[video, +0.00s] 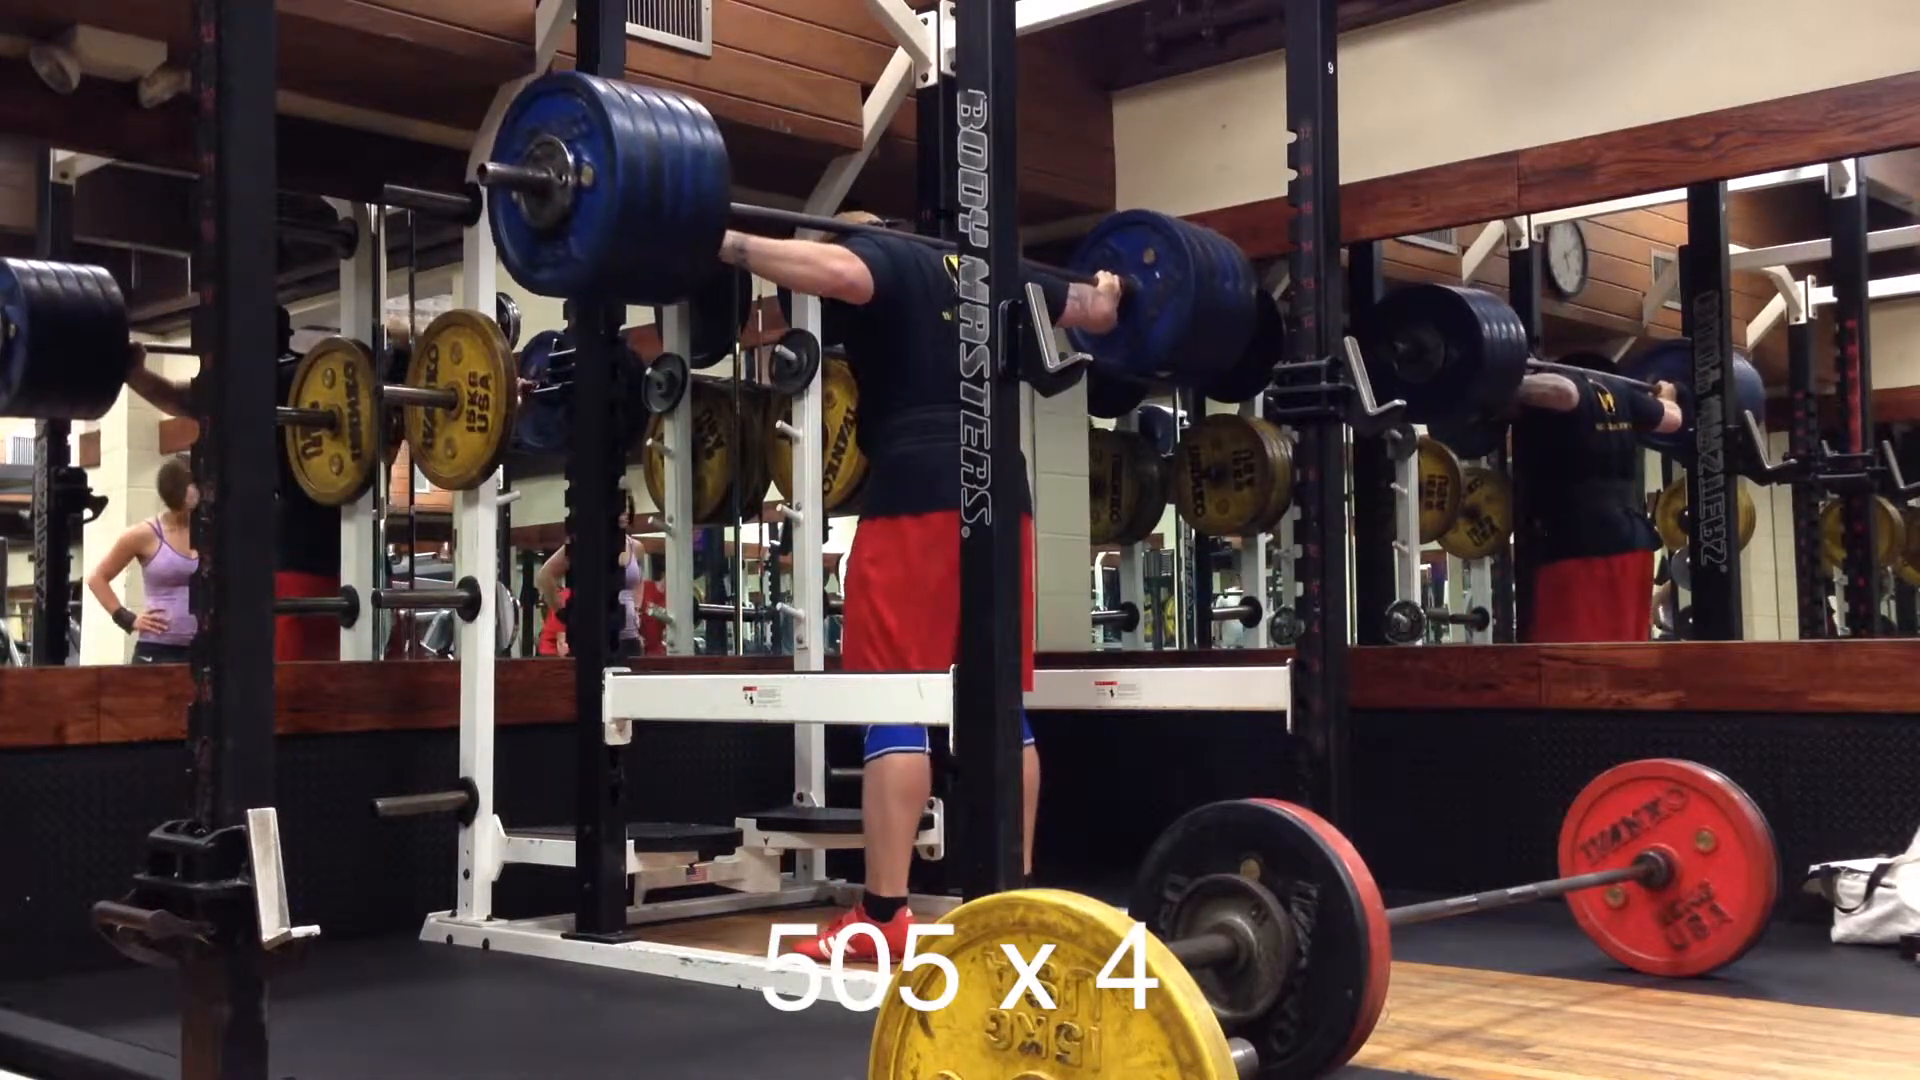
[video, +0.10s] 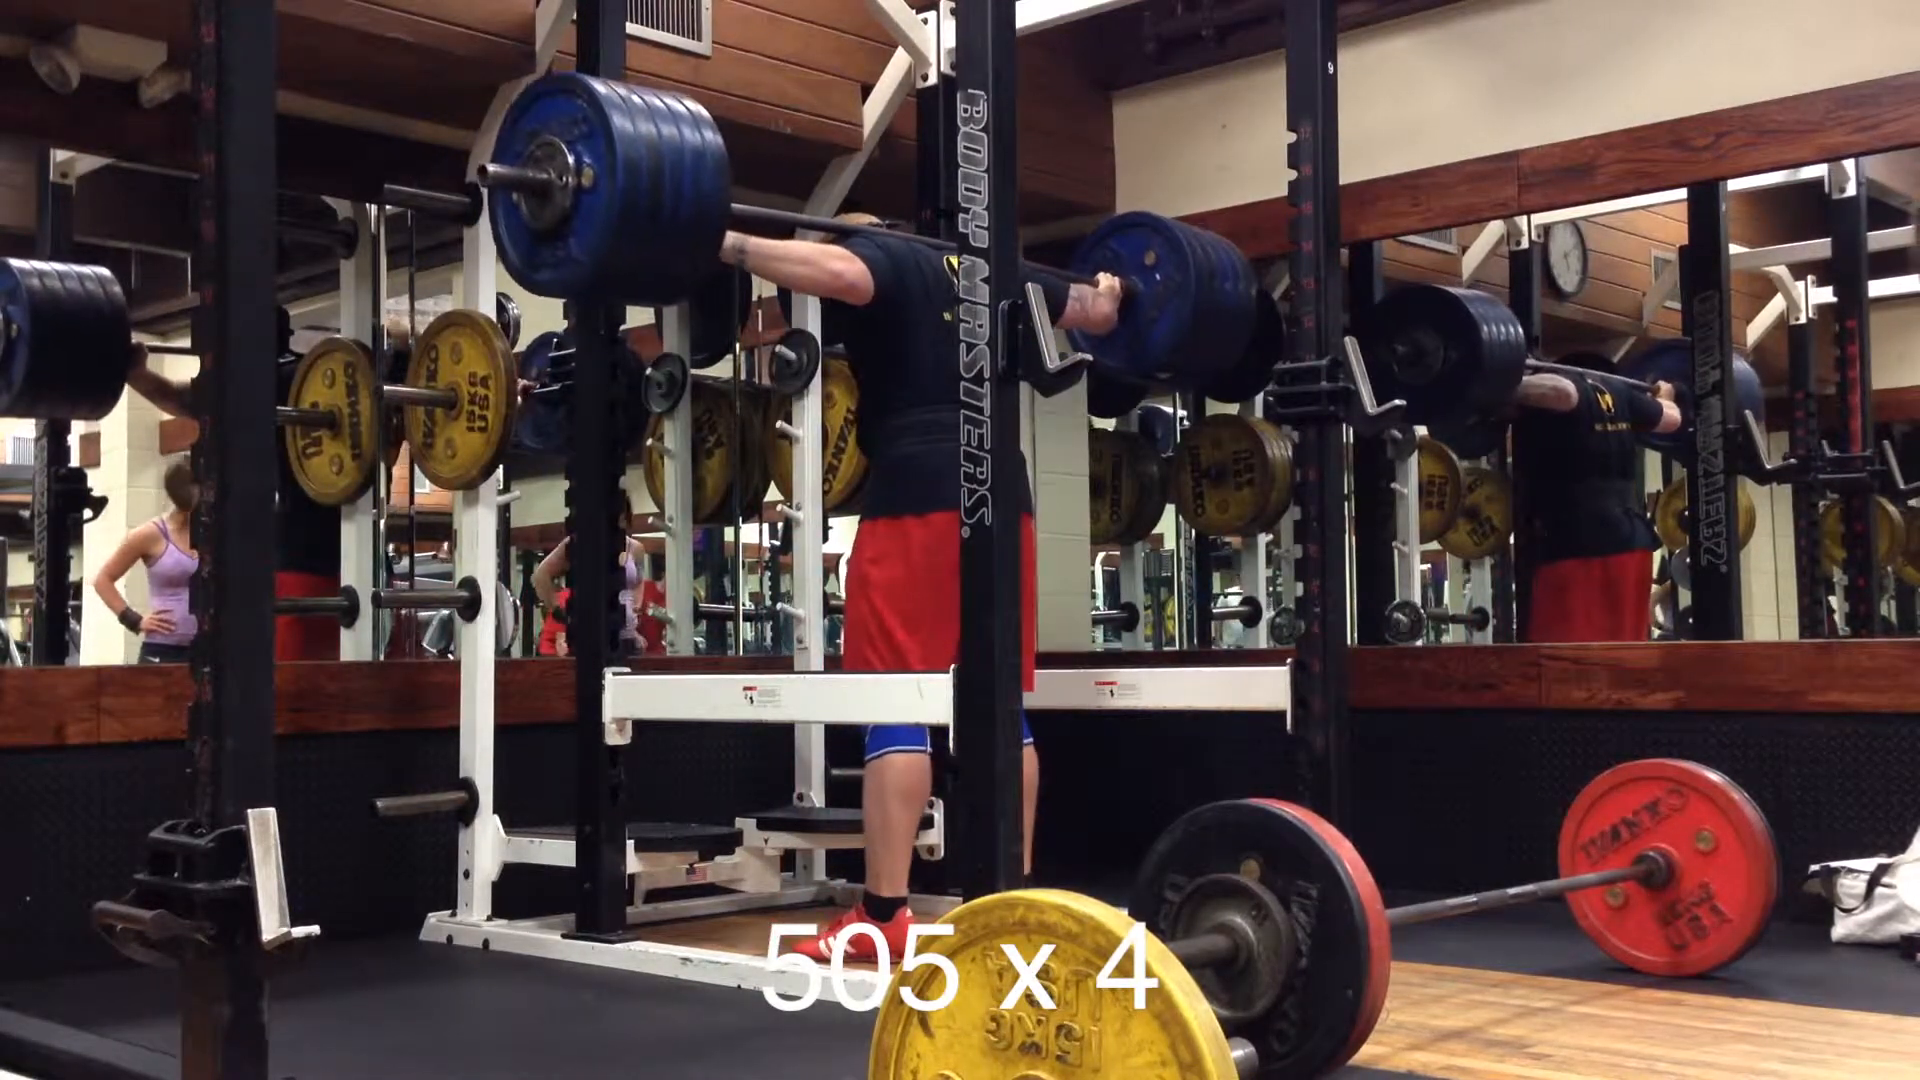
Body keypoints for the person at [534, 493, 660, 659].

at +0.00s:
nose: (624, 514)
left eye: (627, 509)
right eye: (619, 509)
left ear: (631, 512)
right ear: (606, 512)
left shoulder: (635, 547)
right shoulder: (583, 544)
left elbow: (638, 582)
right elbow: (544, 577)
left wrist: (636, 607)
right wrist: (561, 612)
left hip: (628, 631)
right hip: (592, 633)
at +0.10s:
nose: (620, 524)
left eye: (623, 519)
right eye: (614, 518)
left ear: (627, 518)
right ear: (598, 517)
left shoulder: (634, 548)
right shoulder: (575, 544)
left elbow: (639, 581)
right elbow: (540, 577)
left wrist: (637, 606)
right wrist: (556, 609)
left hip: (625, 628)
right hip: (587, 629)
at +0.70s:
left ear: (608, 518)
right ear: (575, 517)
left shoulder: (617, 546)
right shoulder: (552, 544)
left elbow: (635, 583)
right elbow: (516, 579)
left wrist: (623, 612)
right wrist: (537, 615)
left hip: (605, 635)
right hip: (563, 635)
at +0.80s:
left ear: (609, 517)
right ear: (575, 515)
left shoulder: (618, 544)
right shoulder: (553, 544)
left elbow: (636, 581)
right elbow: (517, 579)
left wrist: (624, 611)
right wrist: (537, 615)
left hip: (607, 636)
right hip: (565, 637)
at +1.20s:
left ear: (614, 522)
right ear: (580, 523)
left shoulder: (632, 546)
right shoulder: (565, 546)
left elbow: (655, 581)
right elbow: (532, 579)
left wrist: (642, 611)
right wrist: (551, 614)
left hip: (618, 629)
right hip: (578, 629)